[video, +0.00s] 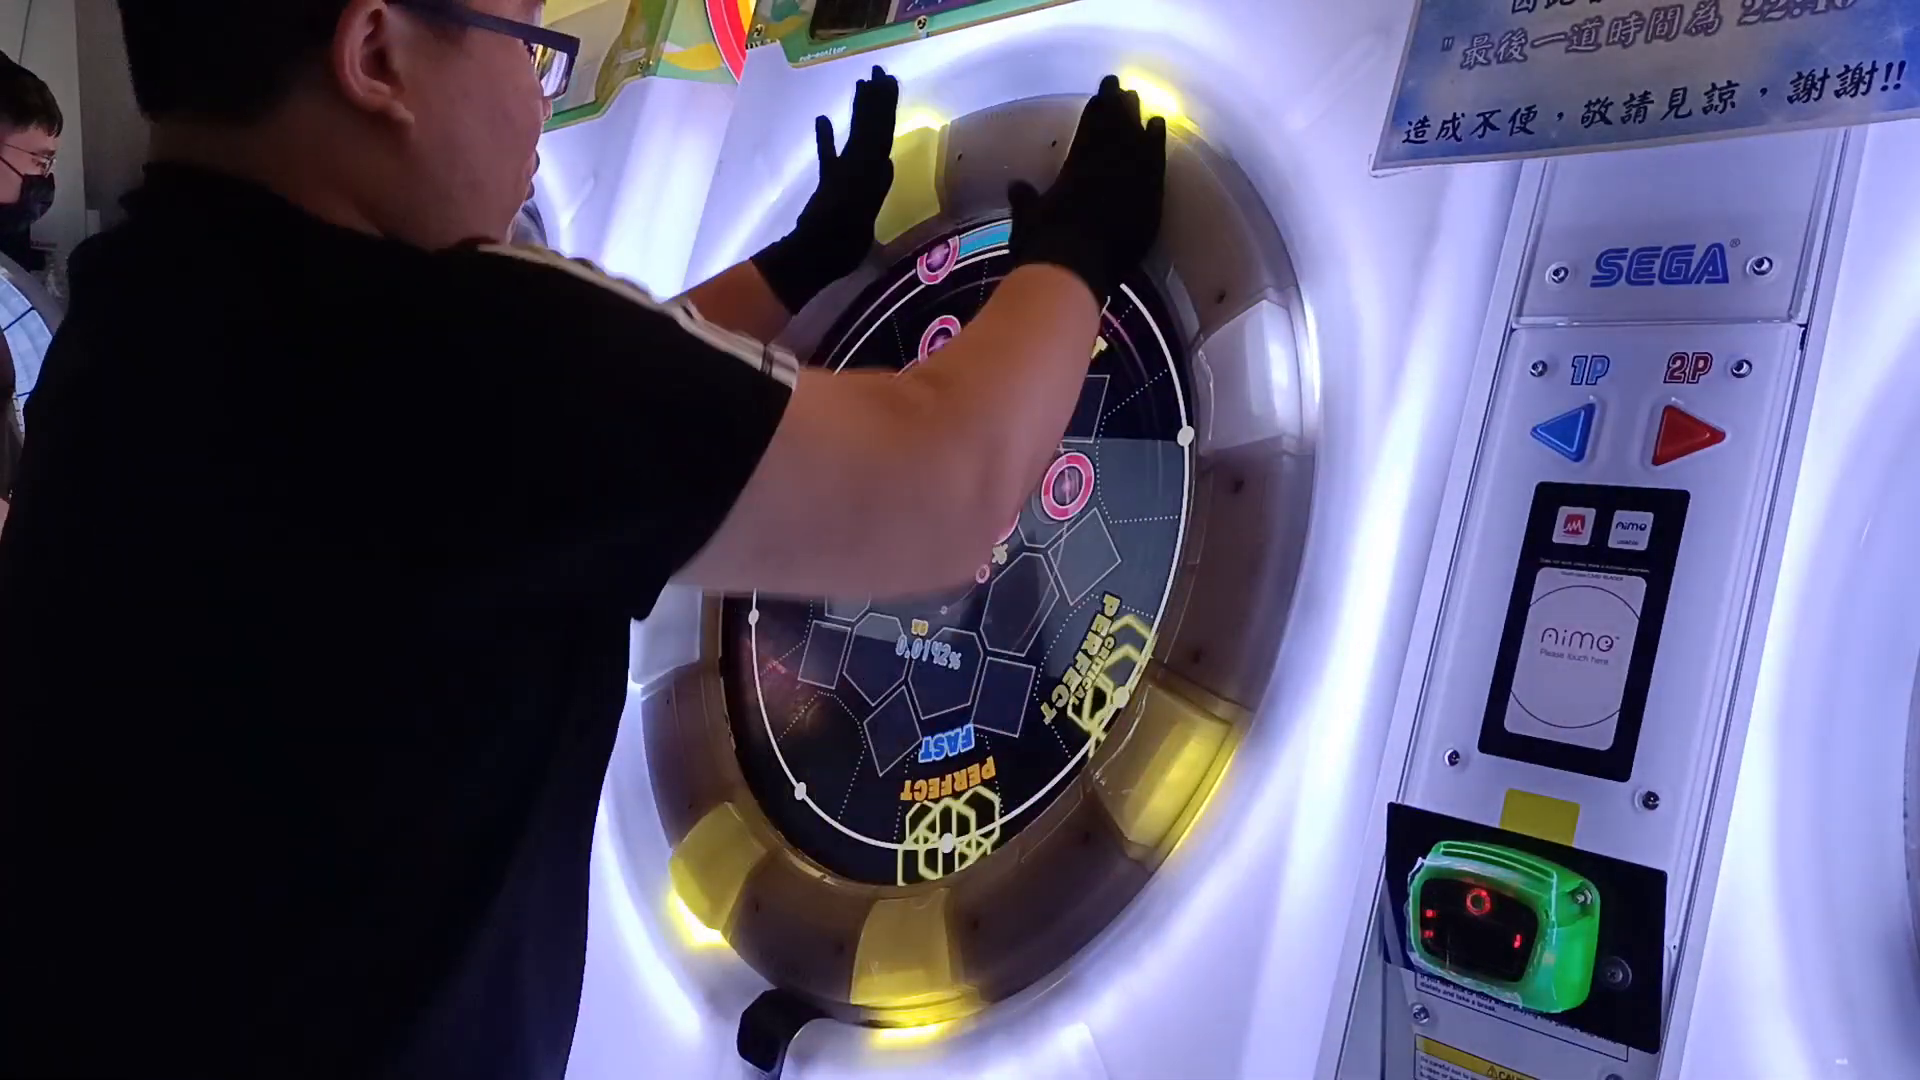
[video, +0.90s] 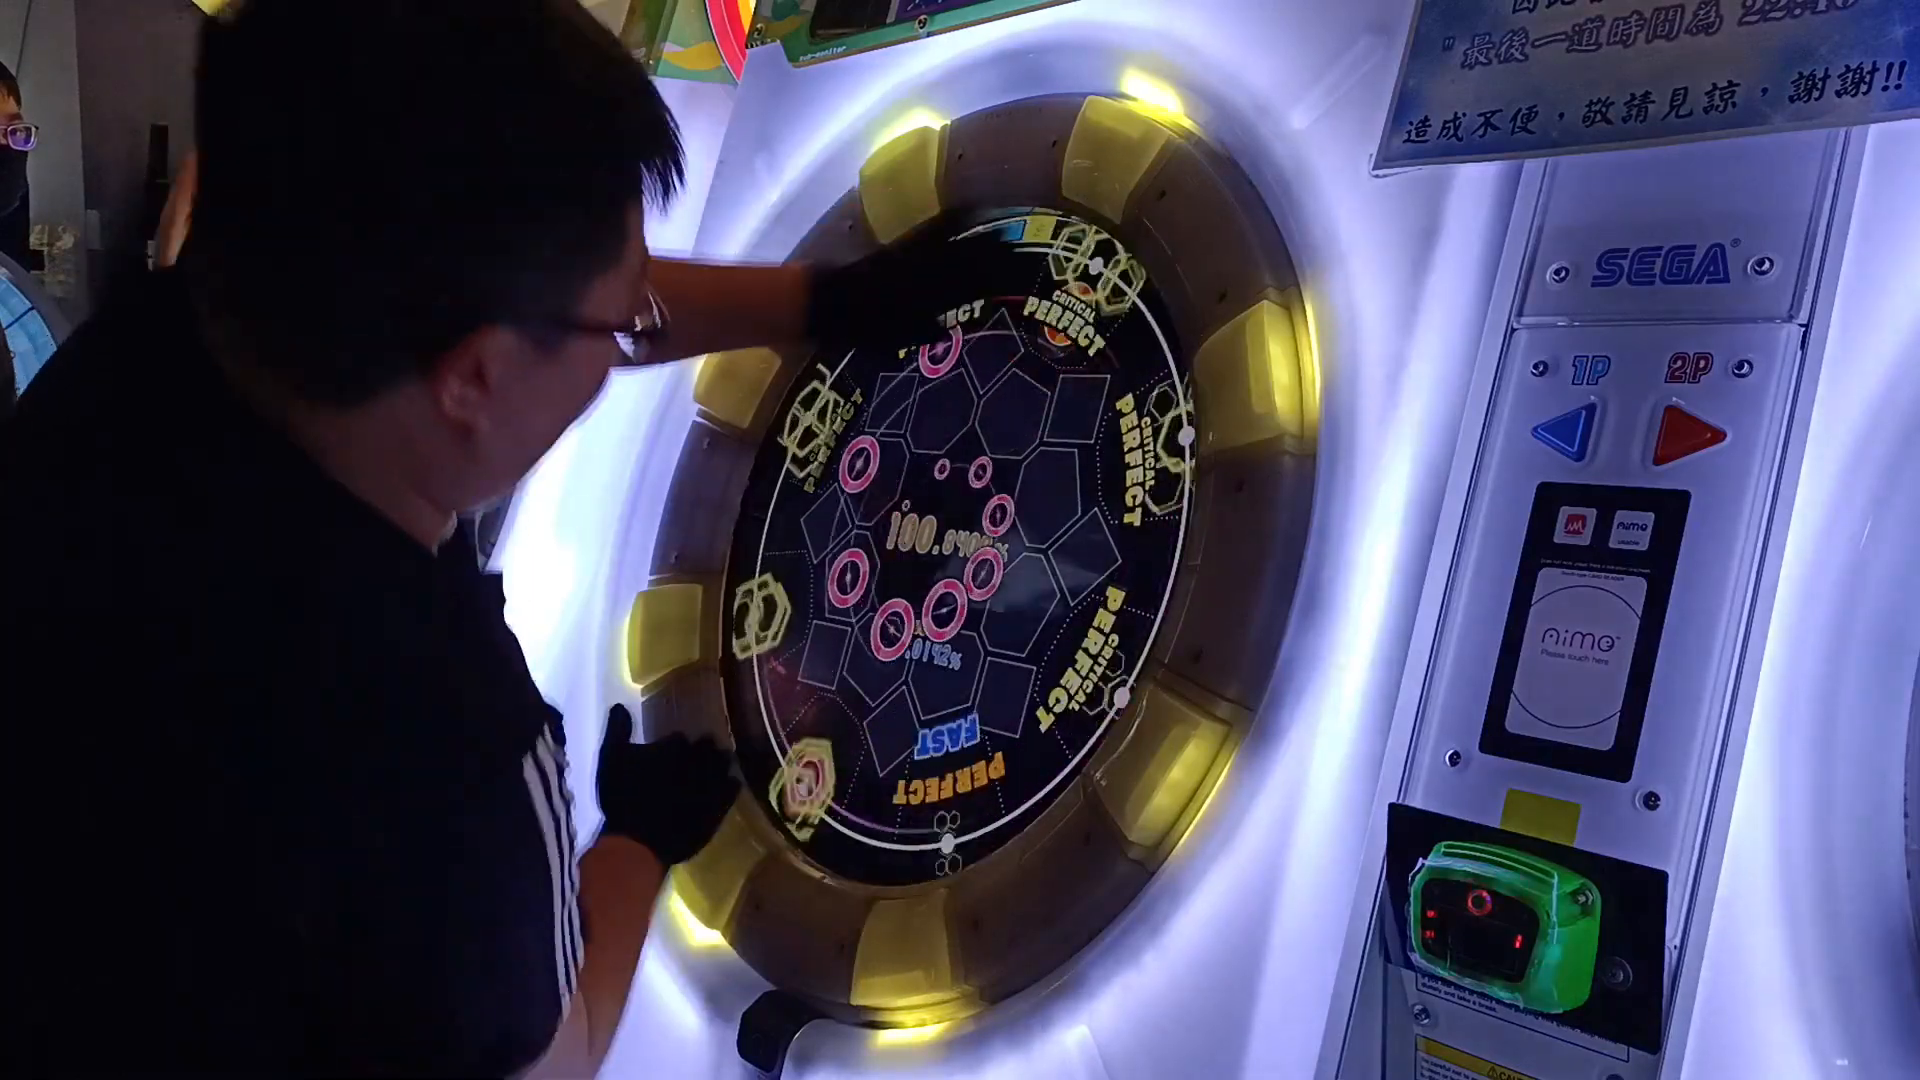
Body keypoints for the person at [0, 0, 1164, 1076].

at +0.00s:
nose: (545, 88)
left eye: (541, 43)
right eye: (525, 36)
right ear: (377, 58)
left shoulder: (129, 298)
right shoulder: (495, 368)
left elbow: (494, 411)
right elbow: (944, 498)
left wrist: (796, 263)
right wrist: (1072, 257)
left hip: (98, 1026)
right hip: (412, 1048)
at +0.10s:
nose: (552, 117)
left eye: (548, 67)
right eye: (535, 62)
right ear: (386, 79)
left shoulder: (135, 319)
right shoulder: (412, 436)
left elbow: (444, 481)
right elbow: (855, 734)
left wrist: (711, 353)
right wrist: (1128, 460)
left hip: (139, 1016)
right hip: (419, 1047)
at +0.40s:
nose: (524, 170)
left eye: (516, 123)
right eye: (501, 122)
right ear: (353, 149)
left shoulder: (73, 413)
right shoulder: (452, 411)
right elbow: (878, 707)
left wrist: (639, 496)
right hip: (445, 1050)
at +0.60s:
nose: (459, 174)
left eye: (447, 125)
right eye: (434, 122)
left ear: (127, 159)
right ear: (286, 144)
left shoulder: (30, 429)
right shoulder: (461, 367)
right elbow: (820, 571)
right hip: (434, 1045)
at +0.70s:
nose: (493, 139)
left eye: (489, 92)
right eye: (471, 88)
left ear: (284, 96)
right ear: (301, 99)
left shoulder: (54, 338)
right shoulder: (415, 356)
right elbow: (824, 611)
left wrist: (523, 354)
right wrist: (1067, 441)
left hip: (65, 1022)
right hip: (329, 1040)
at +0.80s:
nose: (560, 179)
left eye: (555, 137)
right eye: (541, 143)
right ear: (373, 178)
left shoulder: (193, 255)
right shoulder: (357, 535)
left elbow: (650, 206)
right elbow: (466, 1011)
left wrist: (913, 230)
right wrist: (700, 888)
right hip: (270, 1051)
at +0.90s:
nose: (624, 332)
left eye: (618, 306)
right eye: (604, 321)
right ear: (476, 380)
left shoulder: (164, 337)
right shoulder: (417, 765)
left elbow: (562, 288)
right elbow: (550, 1056)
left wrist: (813, 305)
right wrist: (641, 842)